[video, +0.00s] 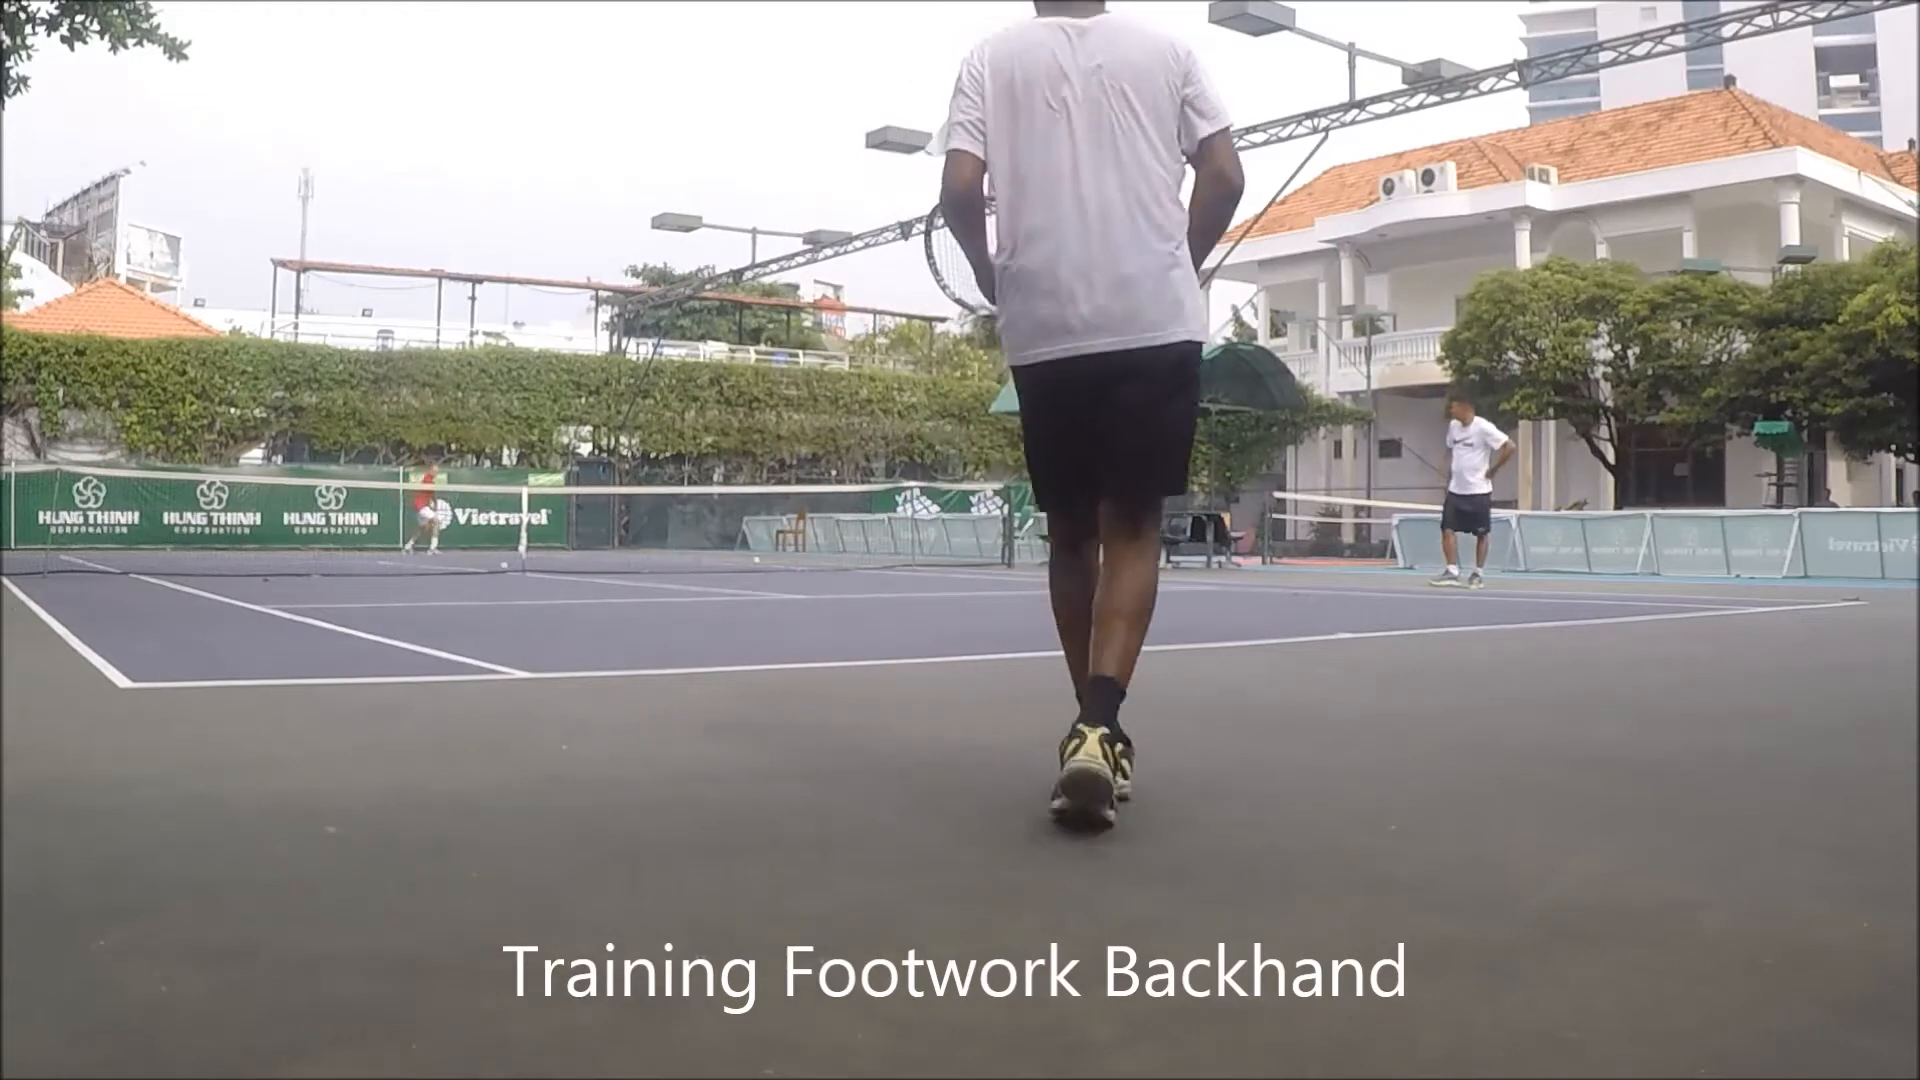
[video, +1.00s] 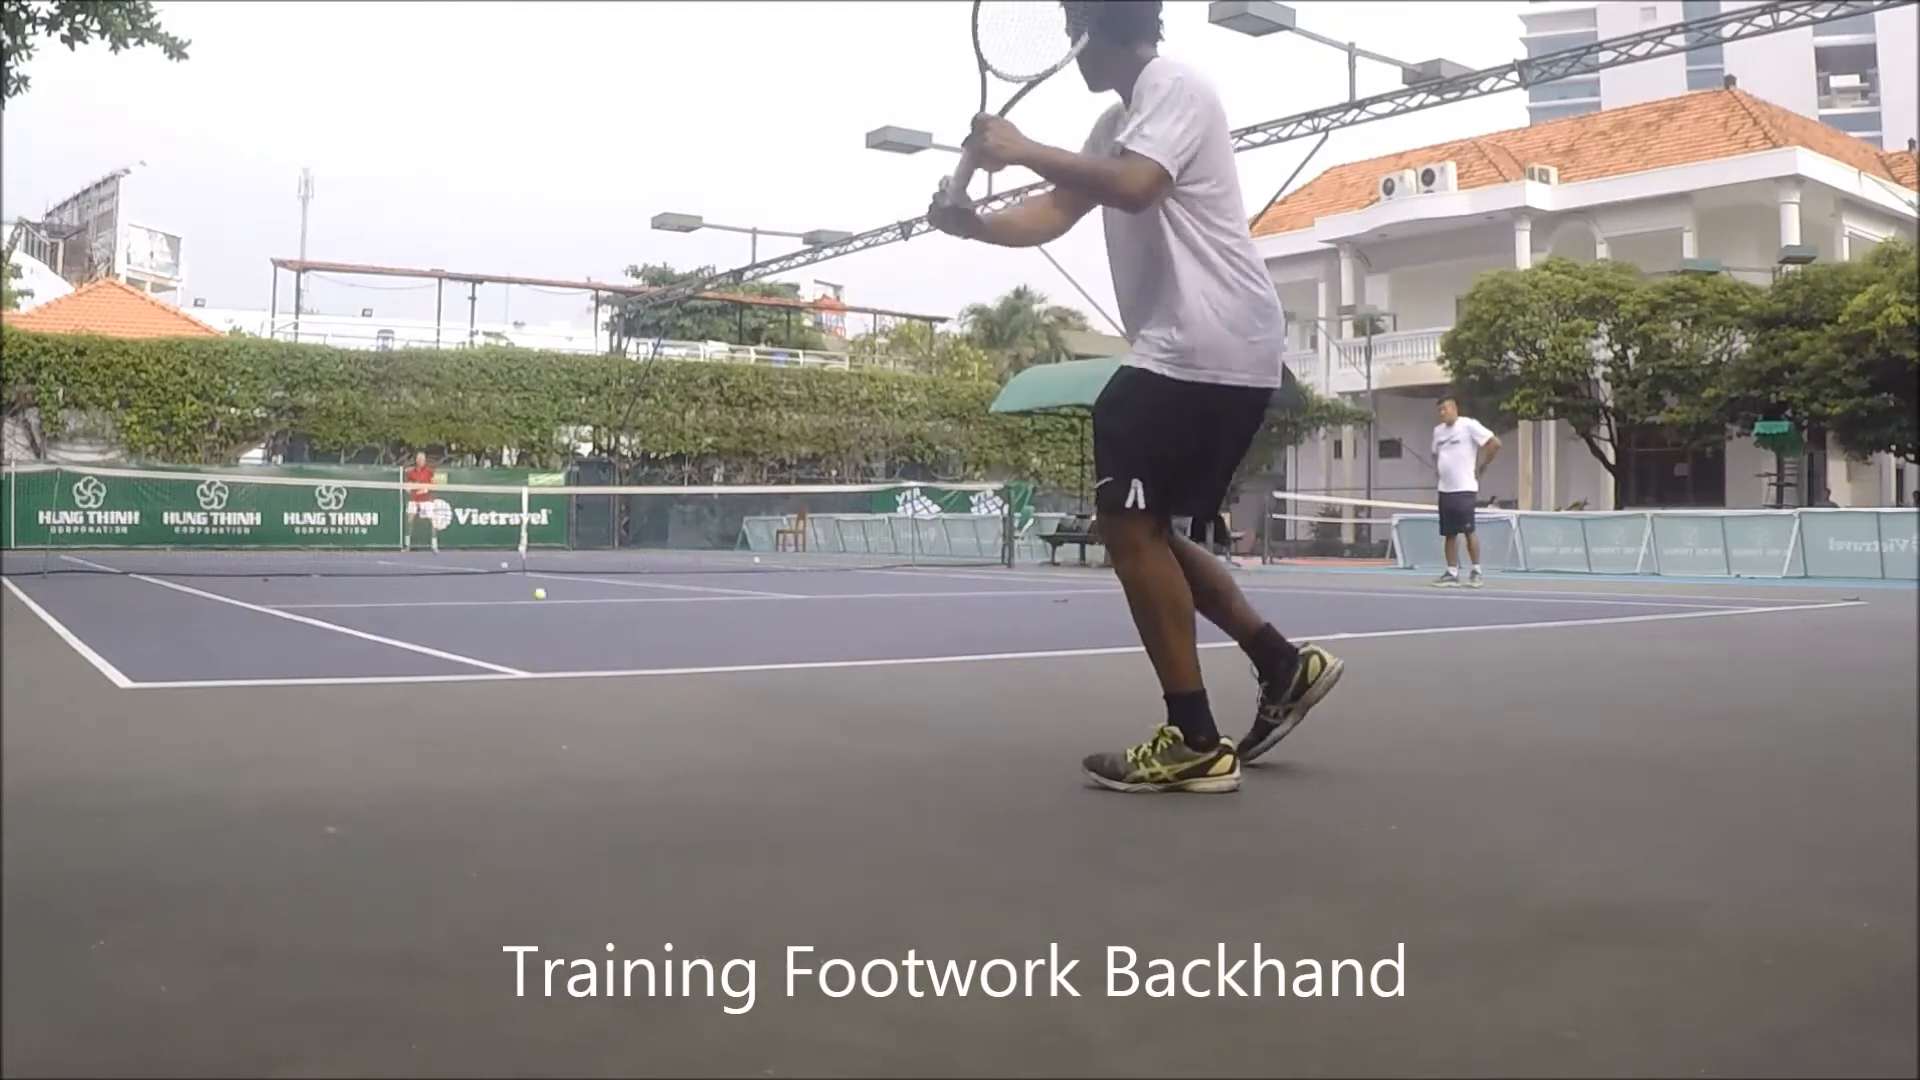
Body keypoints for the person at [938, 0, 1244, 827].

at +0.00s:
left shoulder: (989, 56)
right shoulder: (1168, 47)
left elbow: (959, 190)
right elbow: (1224, 176)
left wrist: (990, 277)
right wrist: (1179, 267)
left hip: (1045, 332)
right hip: (1157, 321)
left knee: (1071, 538)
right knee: (1132, 527)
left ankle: (1101, 730)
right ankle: (1095, 724)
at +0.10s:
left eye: (1040, 13)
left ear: (1046, 13)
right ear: (1123, 8)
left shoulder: (1005, 78)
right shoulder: (1184, 66)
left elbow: (983, 216)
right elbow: (1242, 187)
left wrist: (1025, 284)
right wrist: (1191, 267)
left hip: (1064, 345)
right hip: (1176, 335)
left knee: (1086, 536)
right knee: (1188, 519)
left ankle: (1104, 738)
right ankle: (1148, 658)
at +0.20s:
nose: (1058, 24)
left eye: (1057, 18)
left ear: (1063, 21)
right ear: (1138, 18)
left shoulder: (1025, 90)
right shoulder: (1199, 76)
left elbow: (1011, 229)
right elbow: (1262, 194)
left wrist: (1071, 281)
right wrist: (1208, 268)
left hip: (1088, 340)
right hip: (1199, 329)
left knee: (1092, 541)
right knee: (1231, 495)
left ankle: (1106, 742)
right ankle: (1231, 666)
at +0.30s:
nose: (1075, 26)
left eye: (1076, 17)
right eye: (1083, 17)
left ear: (1082, 21)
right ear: (1155, 22)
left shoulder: (1050, 102)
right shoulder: (1218, 90)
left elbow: (1038, 246)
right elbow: (1281, 207)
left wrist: (1095, 283)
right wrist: (1229, 273)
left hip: (1109, 349)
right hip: (1223, 337)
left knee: (1098, 545)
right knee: (1257, 516)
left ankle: (1106, 734)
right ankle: (1326, 704)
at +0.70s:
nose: (1107, 42)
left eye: (1110, 28)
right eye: (1112, 28)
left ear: (1120, 32)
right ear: (1188, 33)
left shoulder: (1141, 93)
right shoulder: (1227, 100)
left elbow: (1131, 221)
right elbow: (1212, 243)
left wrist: (1060, 242)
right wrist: (1119, 298)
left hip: (1191, 348)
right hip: (1288, 343)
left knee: (1108, 523)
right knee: (1303, 531)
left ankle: (1168, 730)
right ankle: (1386, 720)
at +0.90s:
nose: (1085, 41)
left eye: (1089, 25)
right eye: (1084, 26)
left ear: (1116, 26)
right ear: (1155, 24)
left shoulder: (1172, 84)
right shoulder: (1160, 103)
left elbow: (1133, 200)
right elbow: (1090, 227)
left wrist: (1026, 186)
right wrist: (1011, 248)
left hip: (1194, 348)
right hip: (1244, 348)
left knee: (1124, 527)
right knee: (1211, 537)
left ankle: (1193, 738)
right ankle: (1347, 685)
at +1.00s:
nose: (1075, 51)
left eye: (1080, 34)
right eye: (1074, 36)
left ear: (1112, 30)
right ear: (1136, 31)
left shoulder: (1178, 84)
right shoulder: (1113, 122)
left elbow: (1133, 182)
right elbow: (1053, 210)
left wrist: (1024, 150)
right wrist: (976, 221)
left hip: (1204, 348)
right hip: (1213, 351)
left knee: (1130, 526)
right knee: (1151, 533)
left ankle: (1194, 739)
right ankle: (1283, 665)